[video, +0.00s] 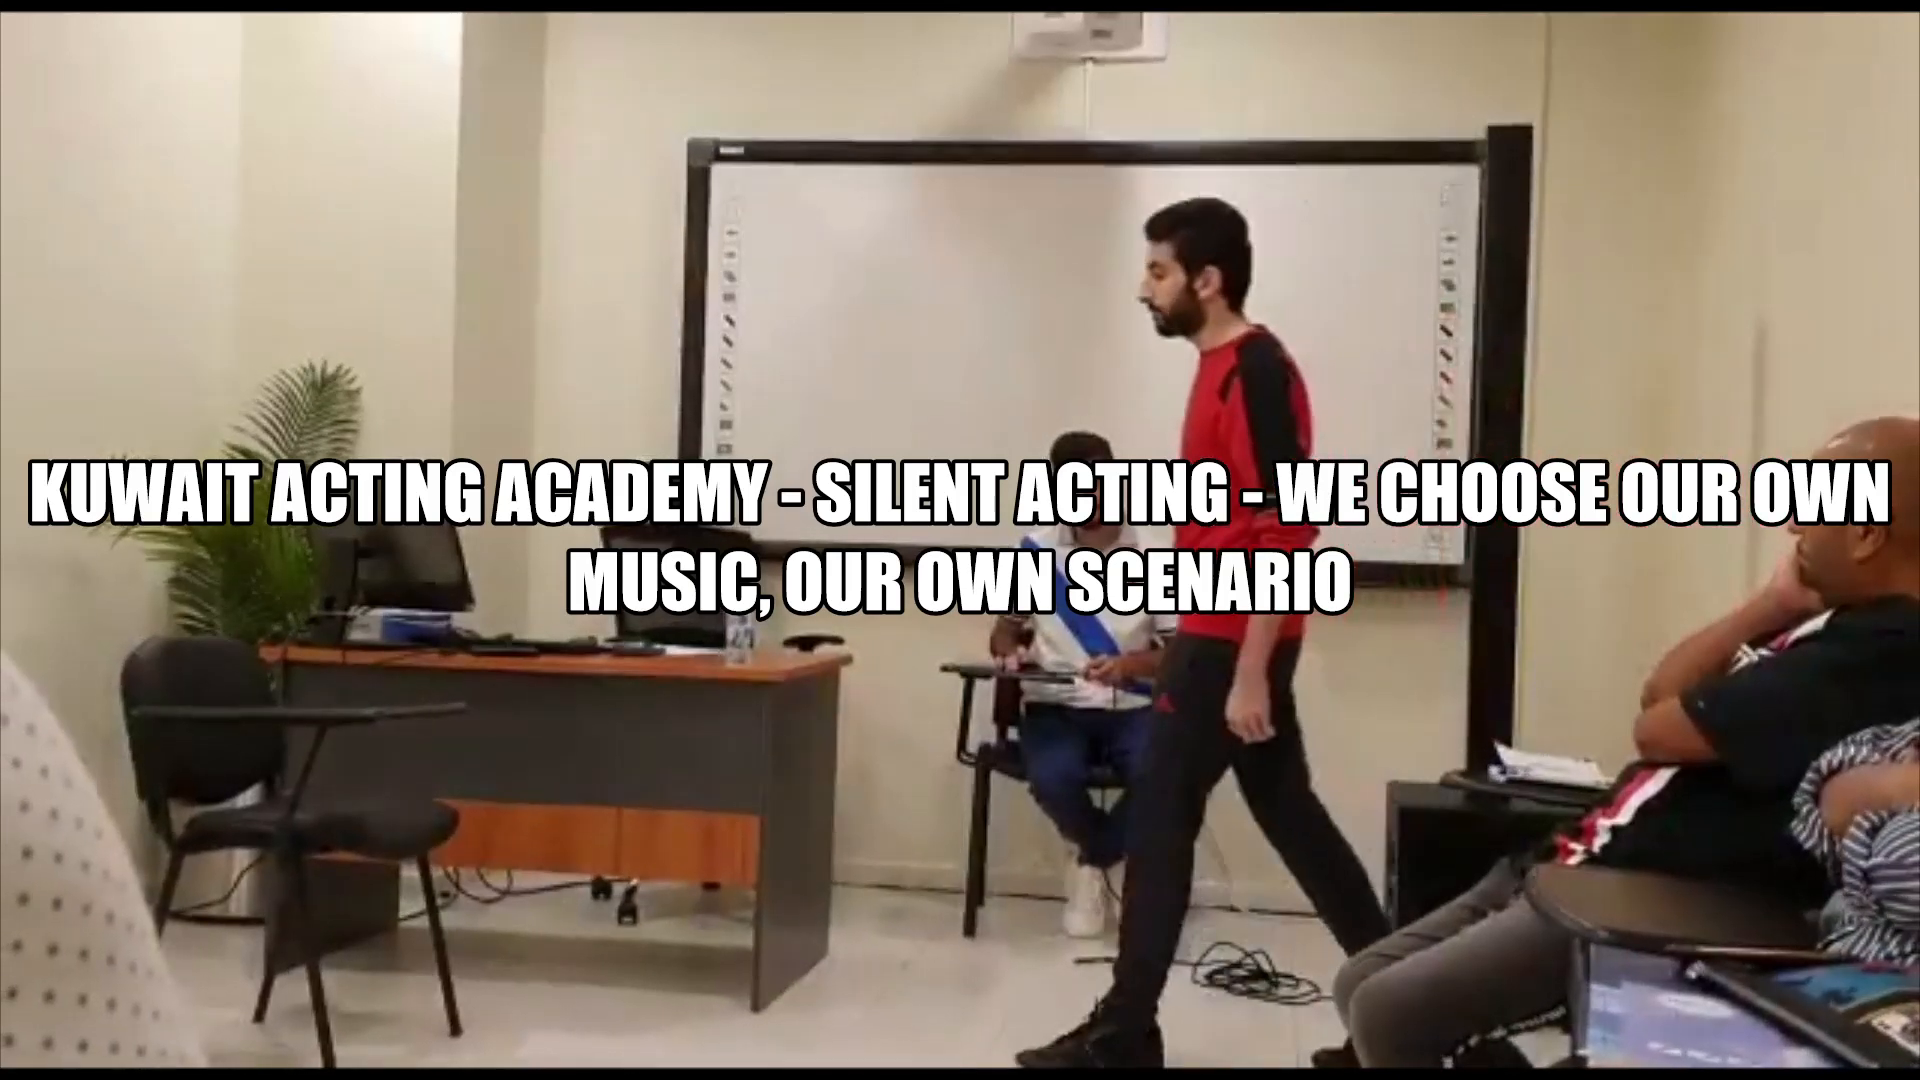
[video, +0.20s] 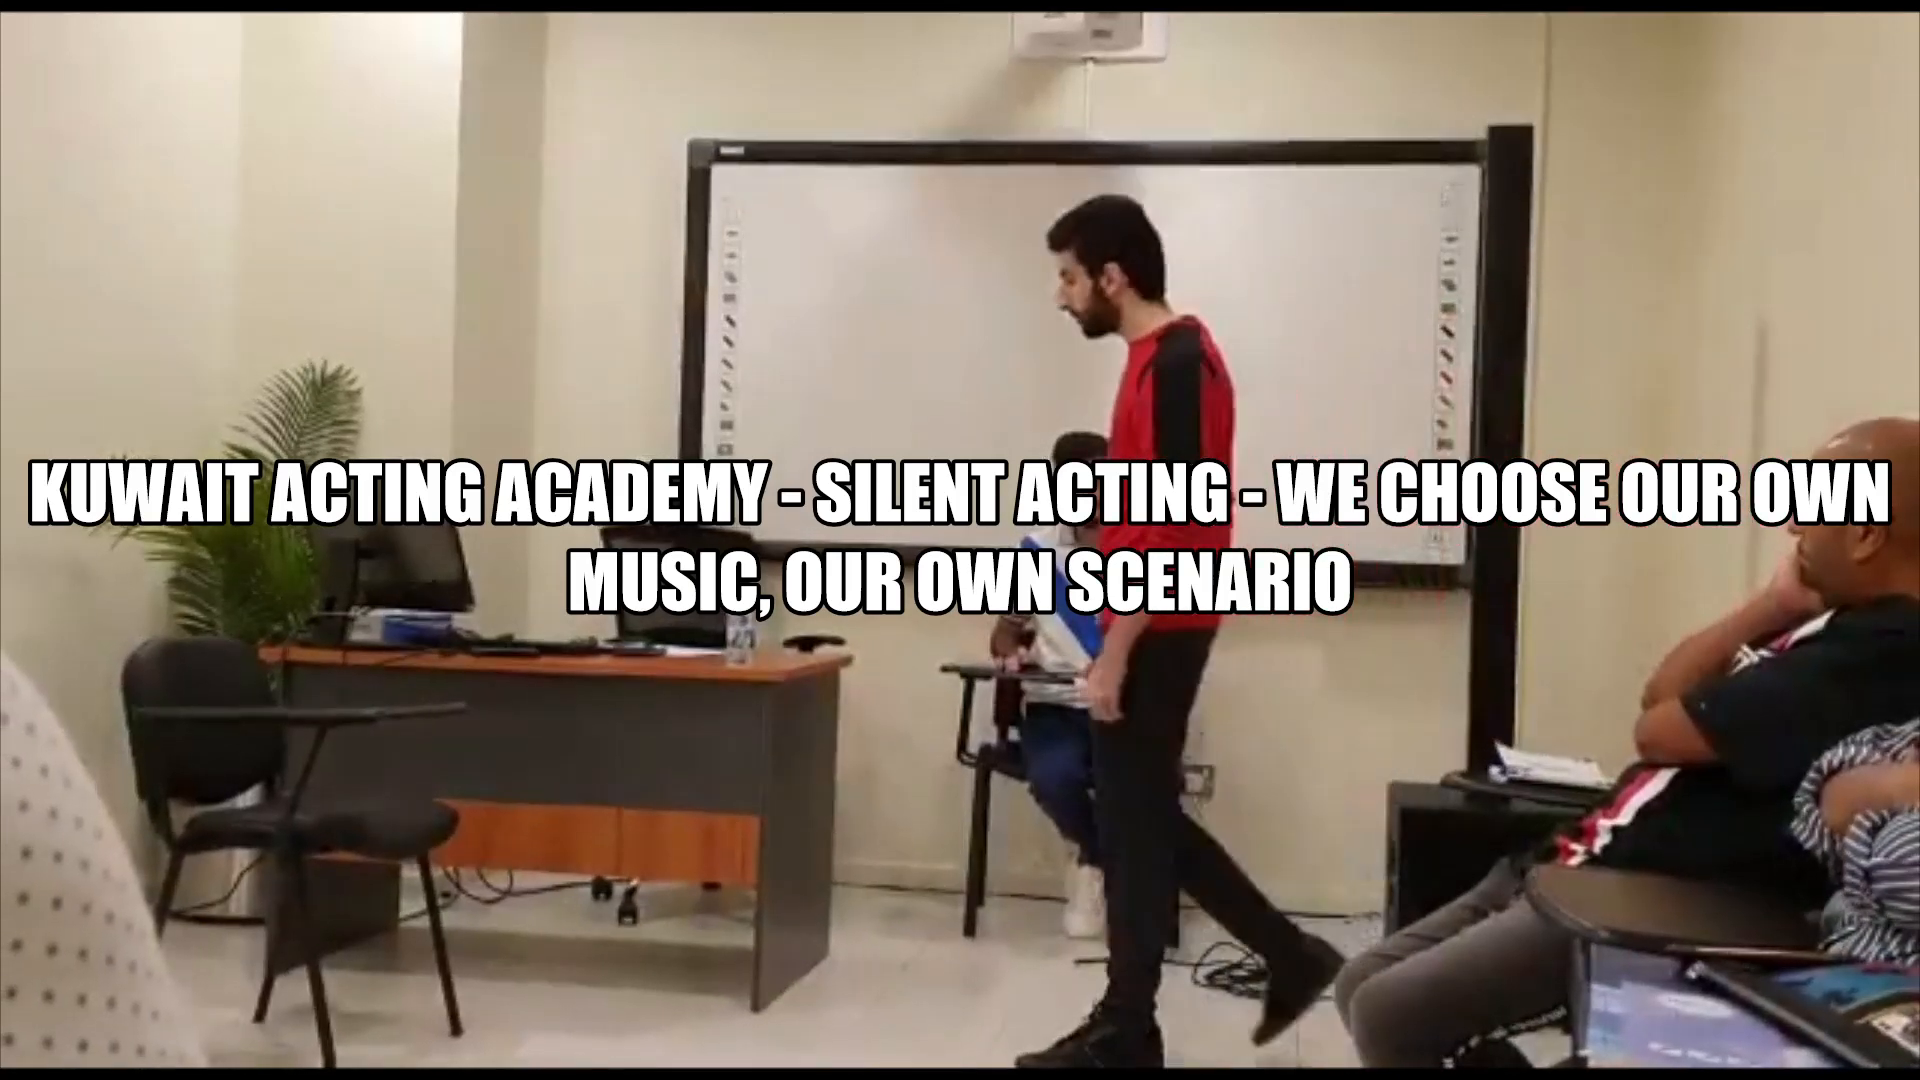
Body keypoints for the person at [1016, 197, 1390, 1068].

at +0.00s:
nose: (1145, 289)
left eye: (1158, 272)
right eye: (1146, 272)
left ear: (1210, 277)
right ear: (1206, 280)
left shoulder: (1258, 369)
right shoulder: (1216, 368)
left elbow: (1288, 531)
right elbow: (1221, 529)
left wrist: (1253, 671)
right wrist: (1170, 646)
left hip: (1235, 646)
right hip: (1224, 640)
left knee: (1160, 822)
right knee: (1289, 815)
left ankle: (1128, 1023)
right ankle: (1399, 987)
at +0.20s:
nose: (1060, 294)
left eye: (1068, 276)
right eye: (1059, 277)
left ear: (1113, 274)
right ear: (1122, 275)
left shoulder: (1173, 361)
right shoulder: (1160, 355)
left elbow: (1169, 520)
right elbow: (1155, 513)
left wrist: (1118, 649)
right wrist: (1117, 639)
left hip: (1167, 626)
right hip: (1153, 623)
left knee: (1134, 810)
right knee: (1139, 806)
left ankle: (1126, 1025)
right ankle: (1290, 954)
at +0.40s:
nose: (1004, 310)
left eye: (1005, 291)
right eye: (1000, 293)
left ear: (1044, 279)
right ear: (1056, 278)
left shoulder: (1116, 358)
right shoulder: (1106, 352)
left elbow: (1099, 520)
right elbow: (1088, 518)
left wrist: (1012, 627)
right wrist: (1039, 628)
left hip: (1108, 635)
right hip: (1085, 633)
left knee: (1109, 820)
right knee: (1026, 783)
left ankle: (1125, 1027)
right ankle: (1081, 977)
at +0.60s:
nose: (950, 333)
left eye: (949, 314)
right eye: (945, 317)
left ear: (985, 298)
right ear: (994, 297)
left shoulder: (1063, 365)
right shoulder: (1046, 366)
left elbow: (1053, 517)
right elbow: (1030, 516)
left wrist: (966, 614)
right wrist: (978, 619)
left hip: (1059, 642)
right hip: (1019, 641)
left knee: (1080, 835)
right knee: (972, 809)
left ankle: (1124, 1027)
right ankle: (943, 987)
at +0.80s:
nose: (895, 336)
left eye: (894, 315)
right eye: (888, 319)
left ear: (931, 295)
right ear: (937, 296)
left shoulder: (1019, 355)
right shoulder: (990, 362)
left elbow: (1023, 500)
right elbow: (991, 502)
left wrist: (978, 622)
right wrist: (967, 620)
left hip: (1017, 625)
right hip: (986, 624)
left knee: (991, 804)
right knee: (956, 797)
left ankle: (1097, 992)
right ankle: (943, 985)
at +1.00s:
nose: (858, 350)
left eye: (855, 330)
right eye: (850, 334)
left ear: (890, 308)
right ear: (895, 310)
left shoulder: (992, 353)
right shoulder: (944, 376)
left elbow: (1037, 489)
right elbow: (957, 503)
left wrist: (998, 615)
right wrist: (922, 564)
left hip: (988, 617)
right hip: (950, 615)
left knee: (971, 804)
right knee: (945, 801)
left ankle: (1014, 1014)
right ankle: (943, 986)